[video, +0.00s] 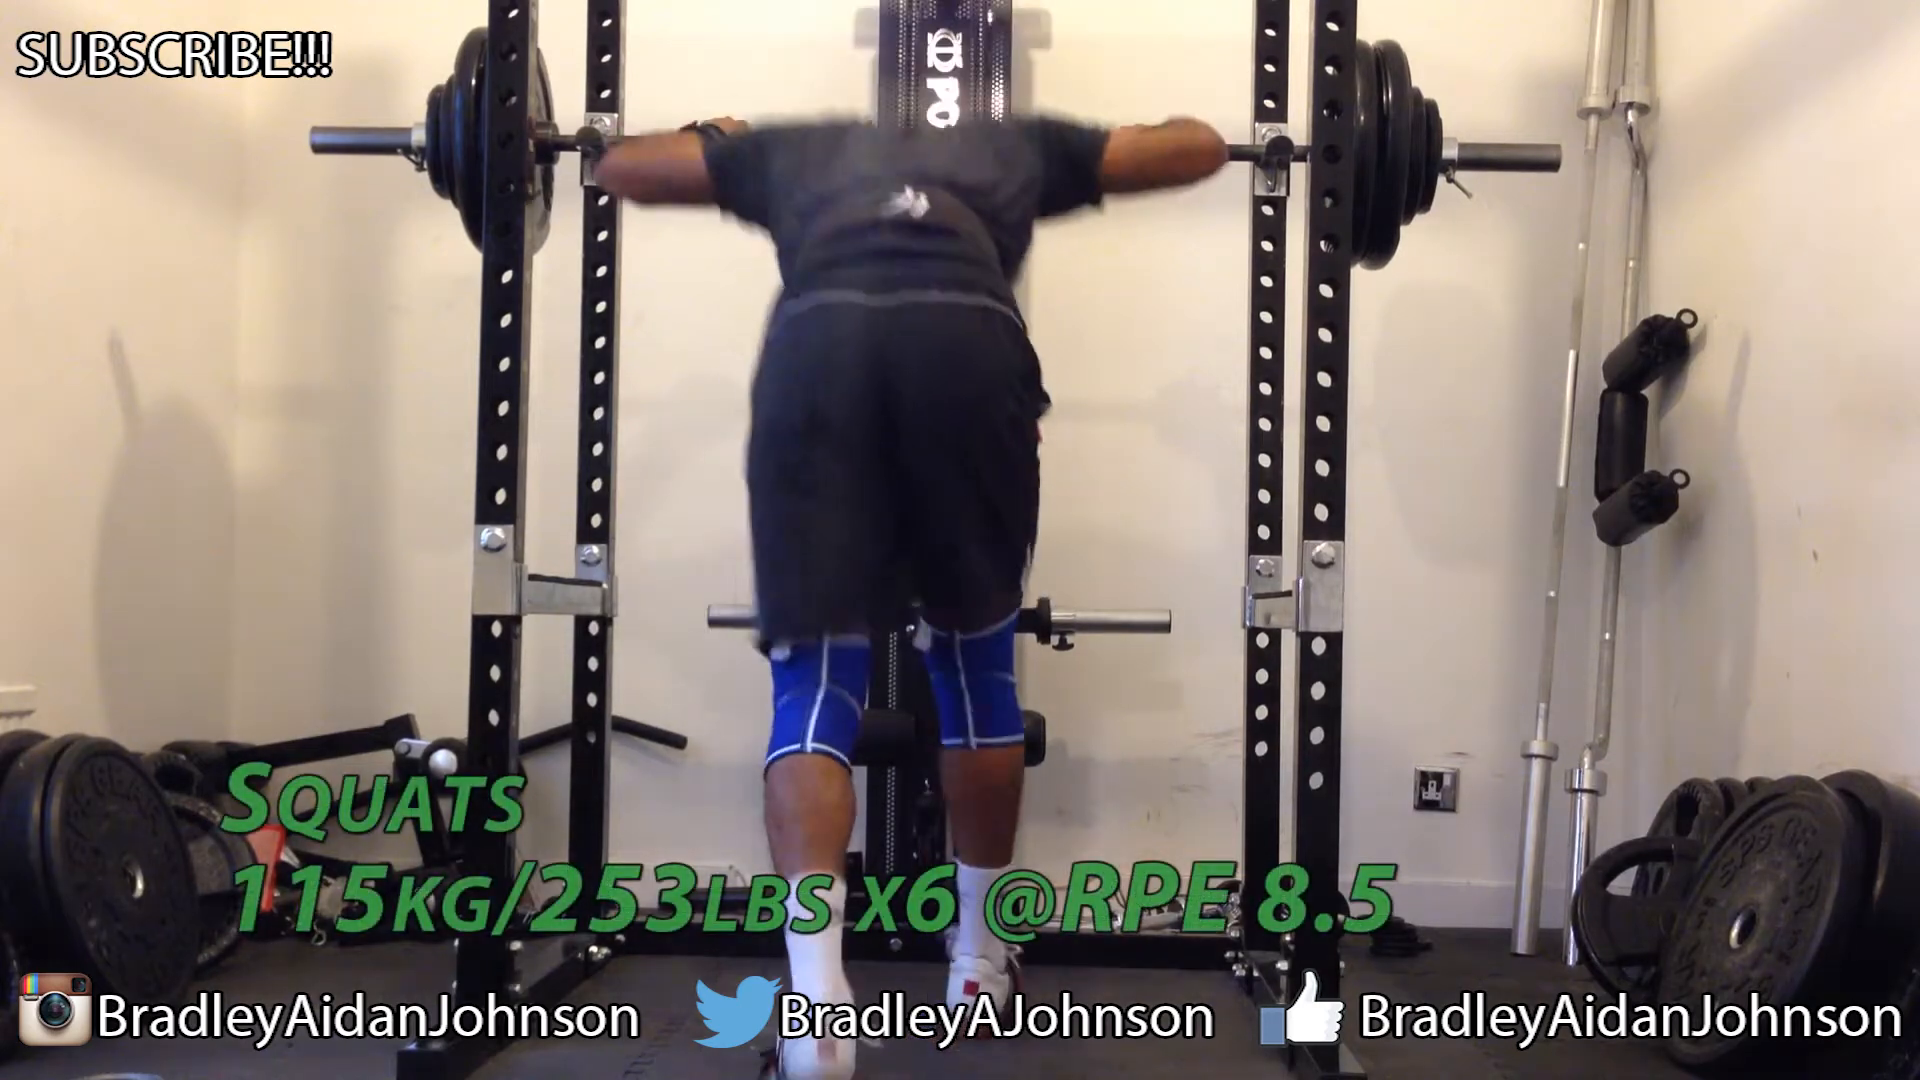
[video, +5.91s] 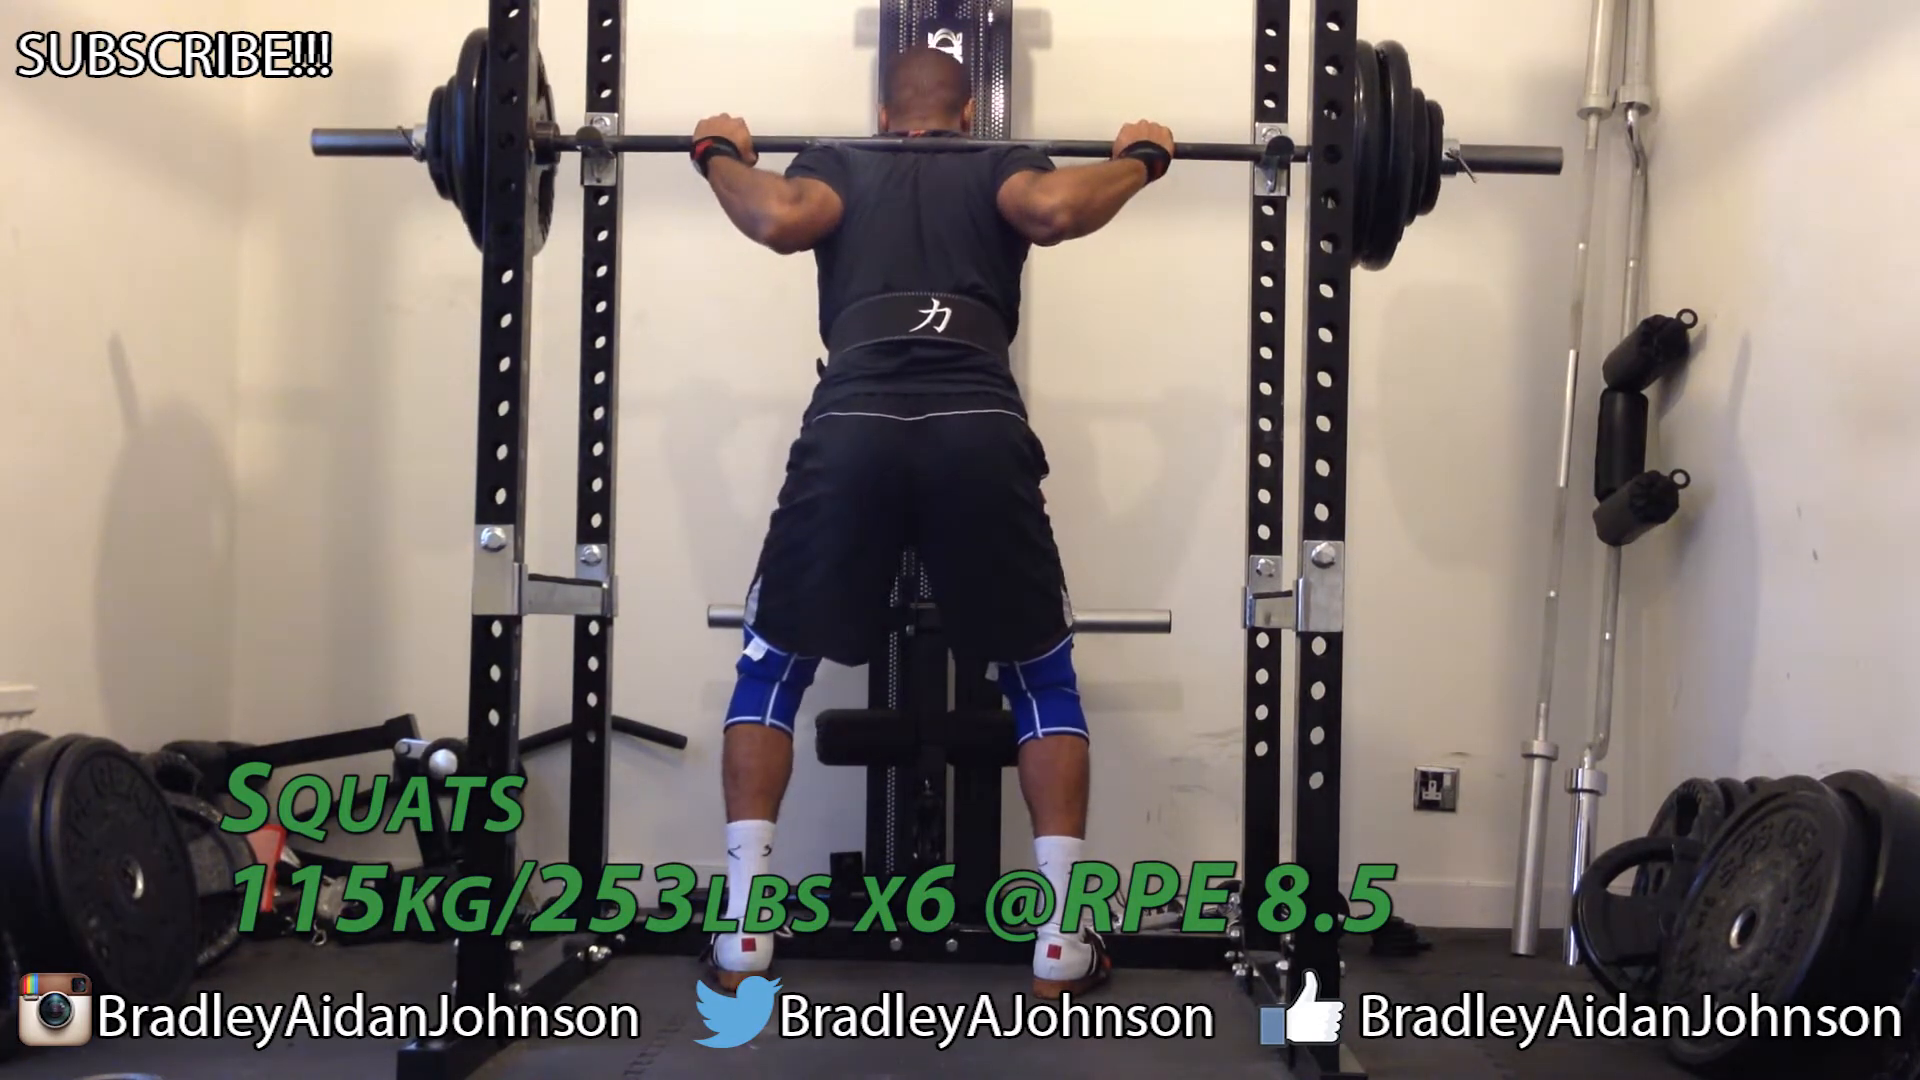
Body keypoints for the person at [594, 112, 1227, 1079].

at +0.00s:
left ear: (870, 109)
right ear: (968, 111)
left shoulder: (797, 147)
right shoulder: (1014, 143)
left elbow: (618, 167)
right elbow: (1199, 149)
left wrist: (700, 139)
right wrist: (1150, 135)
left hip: (816, 363)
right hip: (970, 360)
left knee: (814, 678)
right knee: (977, 665)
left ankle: (818, 1002)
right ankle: (979, 972)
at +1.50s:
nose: (938, 163)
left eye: (919, 150)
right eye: (957, 152)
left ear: (888, 157)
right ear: (977, 158)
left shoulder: (839, 193)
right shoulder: (1010, 191)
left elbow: (738, 247)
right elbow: (1102, 246)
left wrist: (712, 163)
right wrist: (1147, 163)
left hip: (844, 454)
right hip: (976, 455)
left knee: (775, 673)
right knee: (1043, 684)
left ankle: (745, 915)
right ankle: (1057, 930)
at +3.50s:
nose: (918, 76)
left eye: (895, 62)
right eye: (954, 66)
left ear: (879, 79)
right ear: (971, 81)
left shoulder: (833, 165)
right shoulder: (1008, 163)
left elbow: (785, 269)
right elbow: (1046, 266)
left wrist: (721, 183)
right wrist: (1136, 191)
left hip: (841, 411)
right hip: (970, 412)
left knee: (781, 666)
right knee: (1033, 675)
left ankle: (745, 920)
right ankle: (1059, 929)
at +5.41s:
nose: (885, 102)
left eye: (885, 90)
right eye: (898, 89)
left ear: (886, 101)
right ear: (971, 109)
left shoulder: (837, 162)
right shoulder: (1005, 162)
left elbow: (779, 222)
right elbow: (1049, 215)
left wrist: (723, 161)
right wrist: (1133, 163)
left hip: (847, 427)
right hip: (977, 429)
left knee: (773, 672)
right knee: (1039, 681)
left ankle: (744, 917)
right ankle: (1061, 929)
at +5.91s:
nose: (947, 108)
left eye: (904, 97)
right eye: (962, 98)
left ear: (879, 112)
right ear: (970, 111)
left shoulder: (836, 165)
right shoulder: (998, 164)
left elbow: (781, 219)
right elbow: (1050, 210)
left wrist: (725, 160)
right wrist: (1134, 163)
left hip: (848, 431)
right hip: (978, 433)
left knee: (771, 674)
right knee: (1042, 683)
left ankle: (744, 918)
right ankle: (1061, 930)